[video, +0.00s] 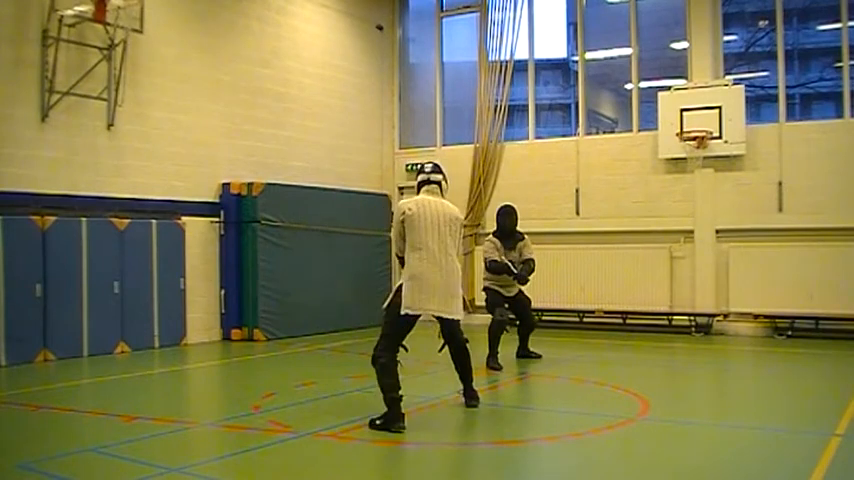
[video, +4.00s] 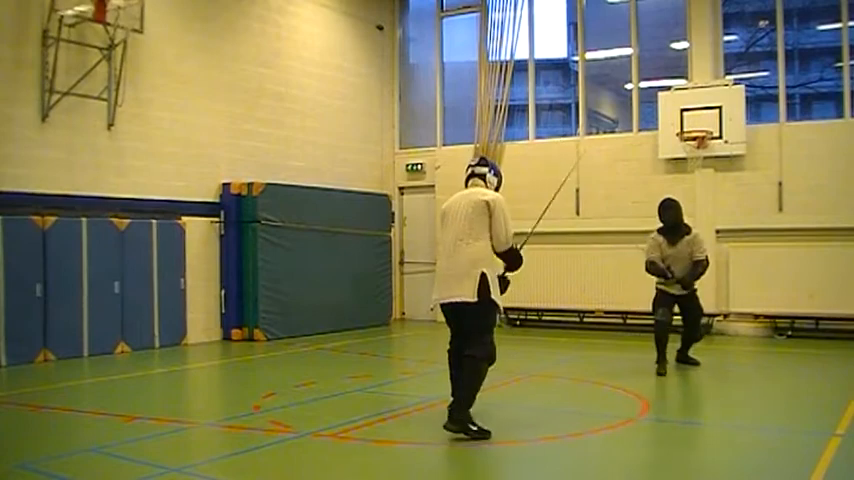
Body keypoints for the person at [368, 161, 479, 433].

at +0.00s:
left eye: (419, 184)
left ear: (418, 185)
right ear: (443, 186)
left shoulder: (404, 207)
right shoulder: (456, 213)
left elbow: (399, 252)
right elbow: (457, 253)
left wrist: (415, 275)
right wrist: (437, 275)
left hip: (413, 289)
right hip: (448, 291)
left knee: (384, 352)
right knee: (455, 340)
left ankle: (394, 414)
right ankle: (470, 392)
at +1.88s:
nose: (468, 187)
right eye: (469, 183)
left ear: (445, 182)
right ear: (469, 185)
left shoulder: (429, 204)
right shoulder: (478, 210)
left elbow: (425, 246)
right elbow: (484, 256)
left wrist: (440, 264)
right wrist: (463, 266)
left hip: (435, 279)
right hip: (468, 281)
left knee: (411, 338)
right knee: (473, 336)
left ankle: (398, 403)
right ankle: (472, 392)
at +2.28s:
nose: (486, 184)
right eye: (487, 181)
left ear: (460, 178)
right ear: (484, 181)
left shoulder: (441, 201)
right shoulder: (492, 205)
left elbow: (439, 238)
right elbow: (497, 250)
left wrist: (455, 257)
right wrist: (479, 264)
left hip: (446, 276)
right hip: (479, 278)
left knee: (428, 336)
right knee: (480, 336)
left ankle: (437, 395)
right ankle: (474, 392)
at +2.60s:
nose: (487, 187)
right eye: (487, 182)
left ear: (460, 181)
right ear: (484, 183)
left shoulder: (442, 205)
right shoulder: (492, 208)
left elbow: (441, 247)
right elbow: (500, 256)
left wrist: (457, 268)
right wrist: (478, 271)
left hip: (449, 283)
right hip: (484, 284)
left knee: (435, 343)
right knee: (505, 328)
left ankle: (449, 401)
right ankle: (508, 386)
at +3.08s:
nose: (523, 188)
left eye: (522, 184)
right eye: (523, 184)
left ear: (495, 181)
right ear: (519, 184)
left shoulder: (476, 205)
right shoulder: (525, 209)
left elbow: (469, 241)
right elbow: (534, 257)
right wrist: (510, 264)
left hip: (478, 285)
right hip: (514, 285)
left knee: (458, 341)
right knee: (531, 331)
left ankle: (451, 399)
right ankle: (531, 386)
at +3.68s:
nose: (494, 183)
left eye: (493, 179)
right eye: (493, 178)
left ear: (466, 176)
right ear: (488, 176)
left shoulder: (449, 204)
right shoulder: (488, 195)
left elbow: (470, 247)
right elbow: (501, 236)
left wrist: (512, 260)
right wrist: (527, 233)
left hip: (448, 287)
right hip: (481, 287)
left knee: (455, 344)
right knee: (502, 341)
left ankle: (457, 404)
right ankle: (496, 403)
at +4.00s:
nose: (497, 186)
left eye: (496, 182)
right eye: (497, 182)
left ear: (468, 178)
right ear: (492, 179)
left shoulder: (448, 204)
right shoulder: (493, 198)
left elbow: (450, 250)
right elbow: (501, 243)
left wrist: (494, 274)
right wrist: (514, 260)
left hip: (446, 288)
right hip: (477, 286)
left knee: (459, 346)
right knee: (481, 349)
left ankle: (459, 410)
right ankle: (460, 413)